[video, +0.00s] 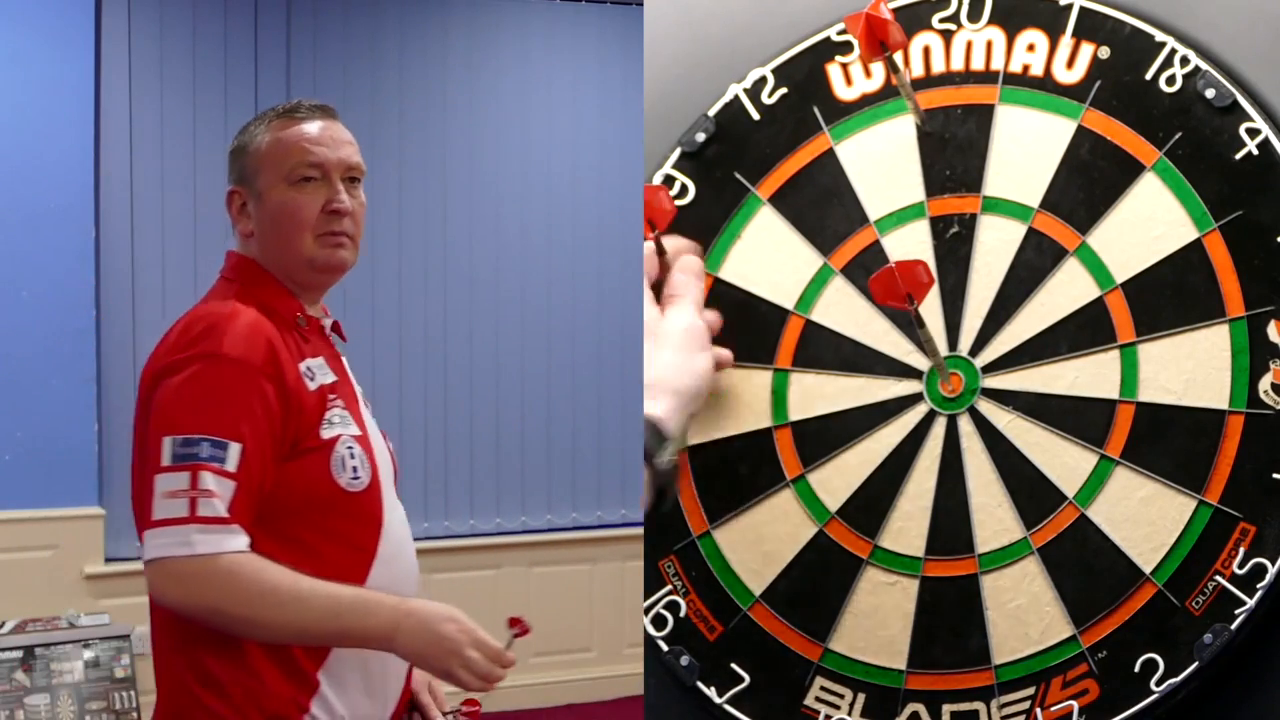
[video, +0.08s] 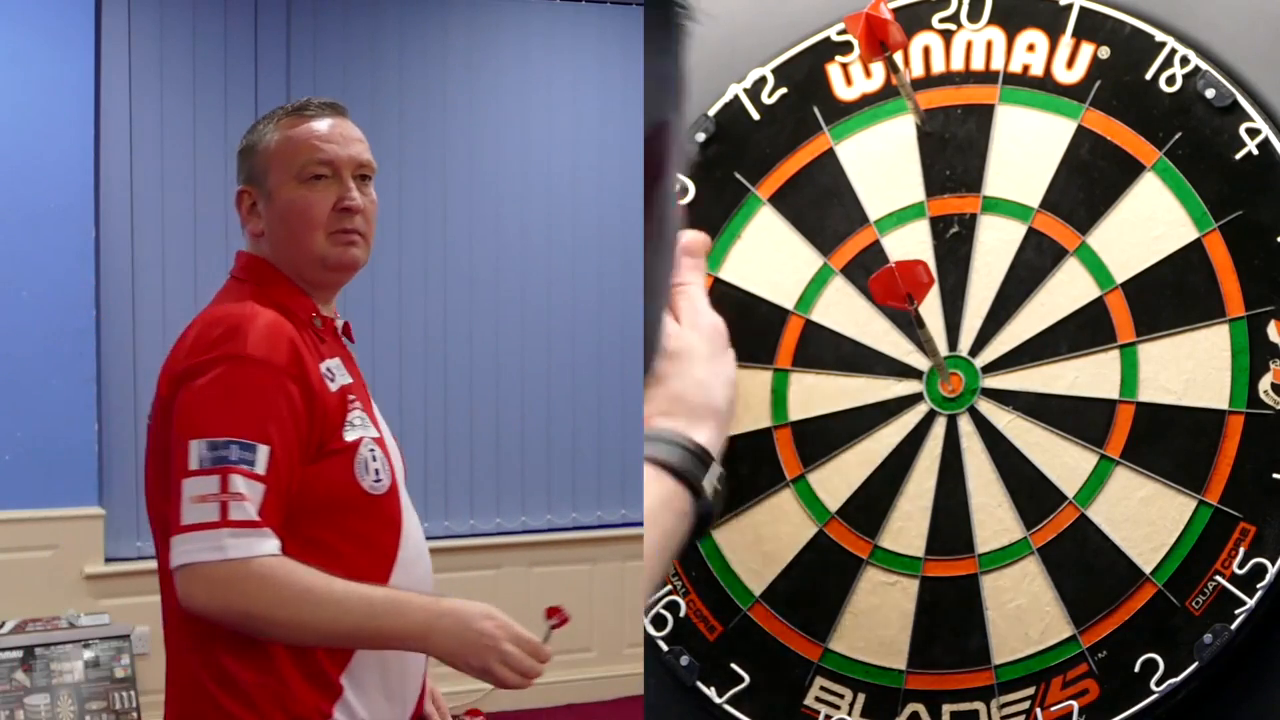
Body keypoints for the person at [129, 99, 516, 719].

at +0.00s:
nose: (341, 201)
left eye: (352, 181)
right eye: (308, 179)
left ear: (365, 199)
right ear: (242, 211)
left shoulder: (310, 337)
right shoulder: (227, 338)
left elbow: (316, 543)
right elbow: (187, 568)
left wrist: (400, 663)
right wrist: (399, 622)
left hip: (355, 703)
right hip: (263, 704)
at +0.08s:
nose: (352, 198)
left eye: (363, 178)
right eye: (319, 177)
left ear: (376, 196)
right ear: (253, 212)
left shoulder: (318, 334)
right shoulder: (247, 339)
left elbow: (327, 547)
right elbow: (217, 573)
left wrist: (406, 675)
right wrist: (434, 622)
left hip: (367, 702)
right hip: (284, 704)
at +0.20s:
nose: (366, 197)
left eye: (375, 176)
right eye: (330, 175)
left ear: (387, 194)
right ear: (263, 212)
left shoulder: (327, 335)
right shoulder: (264, 342)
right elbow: (244, 581)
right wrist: (460, 628)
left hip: (375, 702)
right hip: (301, 705)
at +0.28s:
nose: (375, 193)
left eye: (385, 172)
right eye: (339, 171)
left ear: (397, 193)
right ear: (271, 208)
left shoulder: (331, 336)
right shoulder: (275, 345)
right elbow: (261, 589)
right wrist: (482, 643)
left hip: (371, 701)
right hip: (308, 704)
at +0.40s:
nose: (382, 189)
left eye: (392, 169)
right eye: (345, 168)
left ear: (404, 189)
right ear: (276, 206)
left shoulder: (338, 338)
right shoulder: (280, 349)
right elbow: (267, 599)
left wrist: (490, 671)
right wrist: (490, 665)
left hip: (381, 701)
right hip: (316, 705)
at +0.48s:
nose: (385, 186)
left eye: (395, 166)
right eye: (349, 164)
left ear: (408, 187)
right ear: (278, 204)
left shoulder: (345, 335)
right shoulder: (280, 350)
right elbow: (265, 606)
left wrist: (464, 692)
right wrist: (481, 696)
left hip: (372, 699)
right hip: (313, 704)